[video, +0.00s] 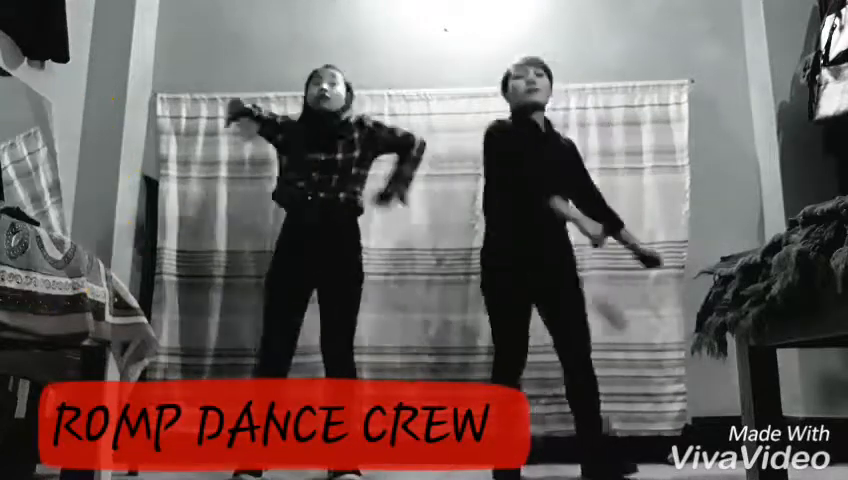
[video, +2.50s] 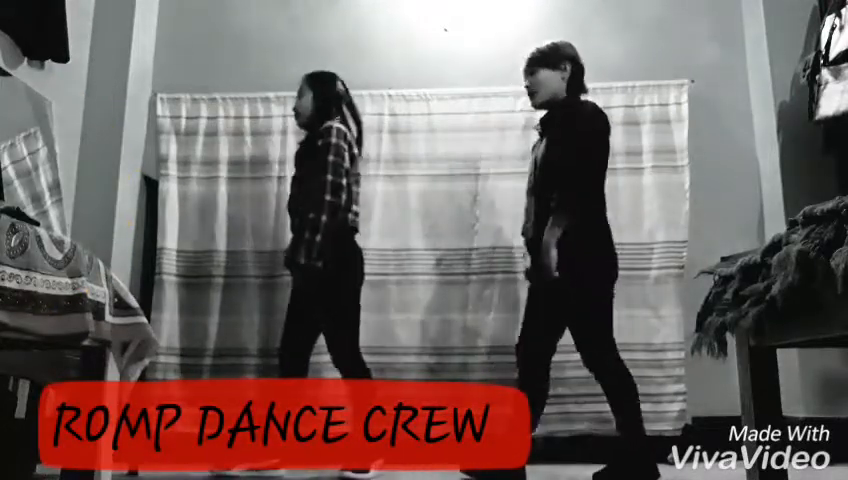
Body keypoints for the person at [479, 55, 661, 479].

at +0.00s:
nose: (530, 80)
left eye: (539, 75)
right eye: (519, 76)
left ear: (551, 90)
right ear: (506, 93)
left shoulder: (562, 148)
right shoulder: (500, 135)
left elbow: (591, 198)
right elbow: (525, 189)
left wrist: (634, 245)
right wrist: (576, 218)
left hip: (553, 262)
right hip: (505, 264)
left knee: (576, 356)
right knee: (509, 360)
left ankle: (595, 456)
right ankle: (500, 459)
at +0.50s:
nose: (544, 84)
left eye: (554, 79)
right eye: (534, 79)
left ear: (567, 93)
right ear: (521, 95)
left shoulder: (587, 136)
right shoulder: (510, 156)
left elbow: (599, 201)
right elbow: (500, 221)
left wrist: (584, 256)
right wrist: (497, 278)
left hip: (587, 260)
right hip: (535, 264)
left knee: (601, 360)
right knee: (515, 361)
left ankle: (600, 459)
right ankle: (486, 456)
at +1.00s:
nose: (571, 85)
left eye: (571, 79)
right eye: (562, 77)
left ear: (540, 90)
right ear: (536, 84)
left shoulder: (525, 131)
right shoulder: (541, 129)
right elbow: (566, 193)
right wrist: (611, 240)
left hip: (508, 260)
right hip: (536, 262)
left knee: (512, 353)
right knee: (573, 350)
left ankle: (482, 448)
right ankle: (583, 453)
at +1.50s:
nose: (581, 81)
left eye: (579, 73)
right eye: (573, 73)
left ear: (549, 82)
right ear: (547, 81)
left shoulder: (541, 128)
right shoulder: (556, 129)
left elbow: (541, 199)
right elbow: (557, 198)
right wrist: (563, 257)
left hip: (517, 263)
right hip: (534, 263)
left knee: (555, 358)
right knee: (587, 351)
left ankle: (499, 442)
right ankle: (583, 458)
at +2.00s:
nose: (562, 70)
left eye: (567, 65)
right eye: (550, 63)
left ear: (571, 77)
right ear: (526, 74)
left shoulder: (576, 133)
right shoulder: (514, 123)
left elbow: (592, 193)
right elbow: (518, 188)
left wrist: (594, 244)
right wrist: (543, 241)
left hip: (573, 258)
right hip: (526, 255)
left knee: (572, 358)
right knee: (527, 353)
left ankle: (579, 452)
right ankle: (505, 452)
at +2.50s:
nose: (527, 83)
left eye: (534, 73)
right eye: (527, 76)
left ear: (563, 73)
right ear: (558, 77)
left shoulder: (584, 117)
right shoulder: (556, 125)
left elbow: (577, 188)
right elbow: (546, 191)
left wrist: (551, 236)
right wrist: (534, 239)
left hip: (580, 259)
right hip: (558, 261)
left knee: (600, 356)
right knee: (530, 355)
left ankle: (637, 455)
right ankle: (511, 453)